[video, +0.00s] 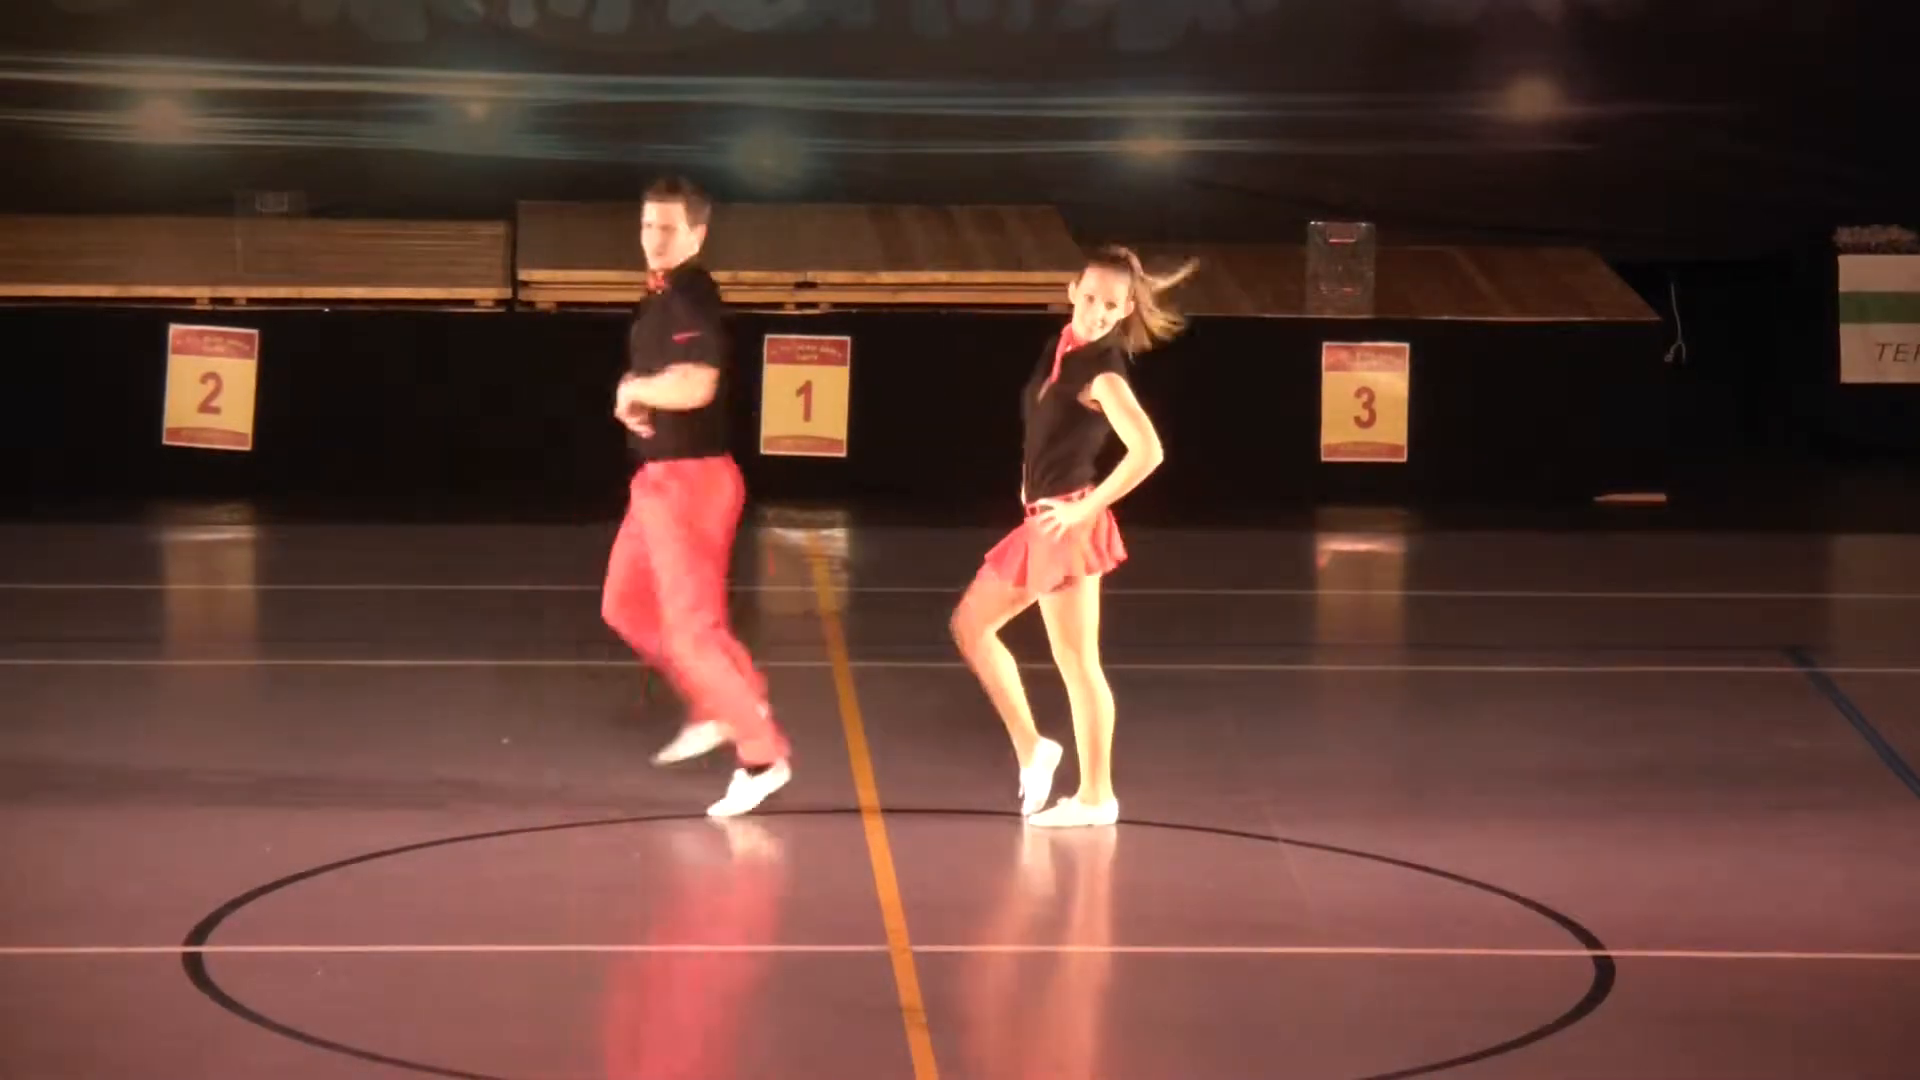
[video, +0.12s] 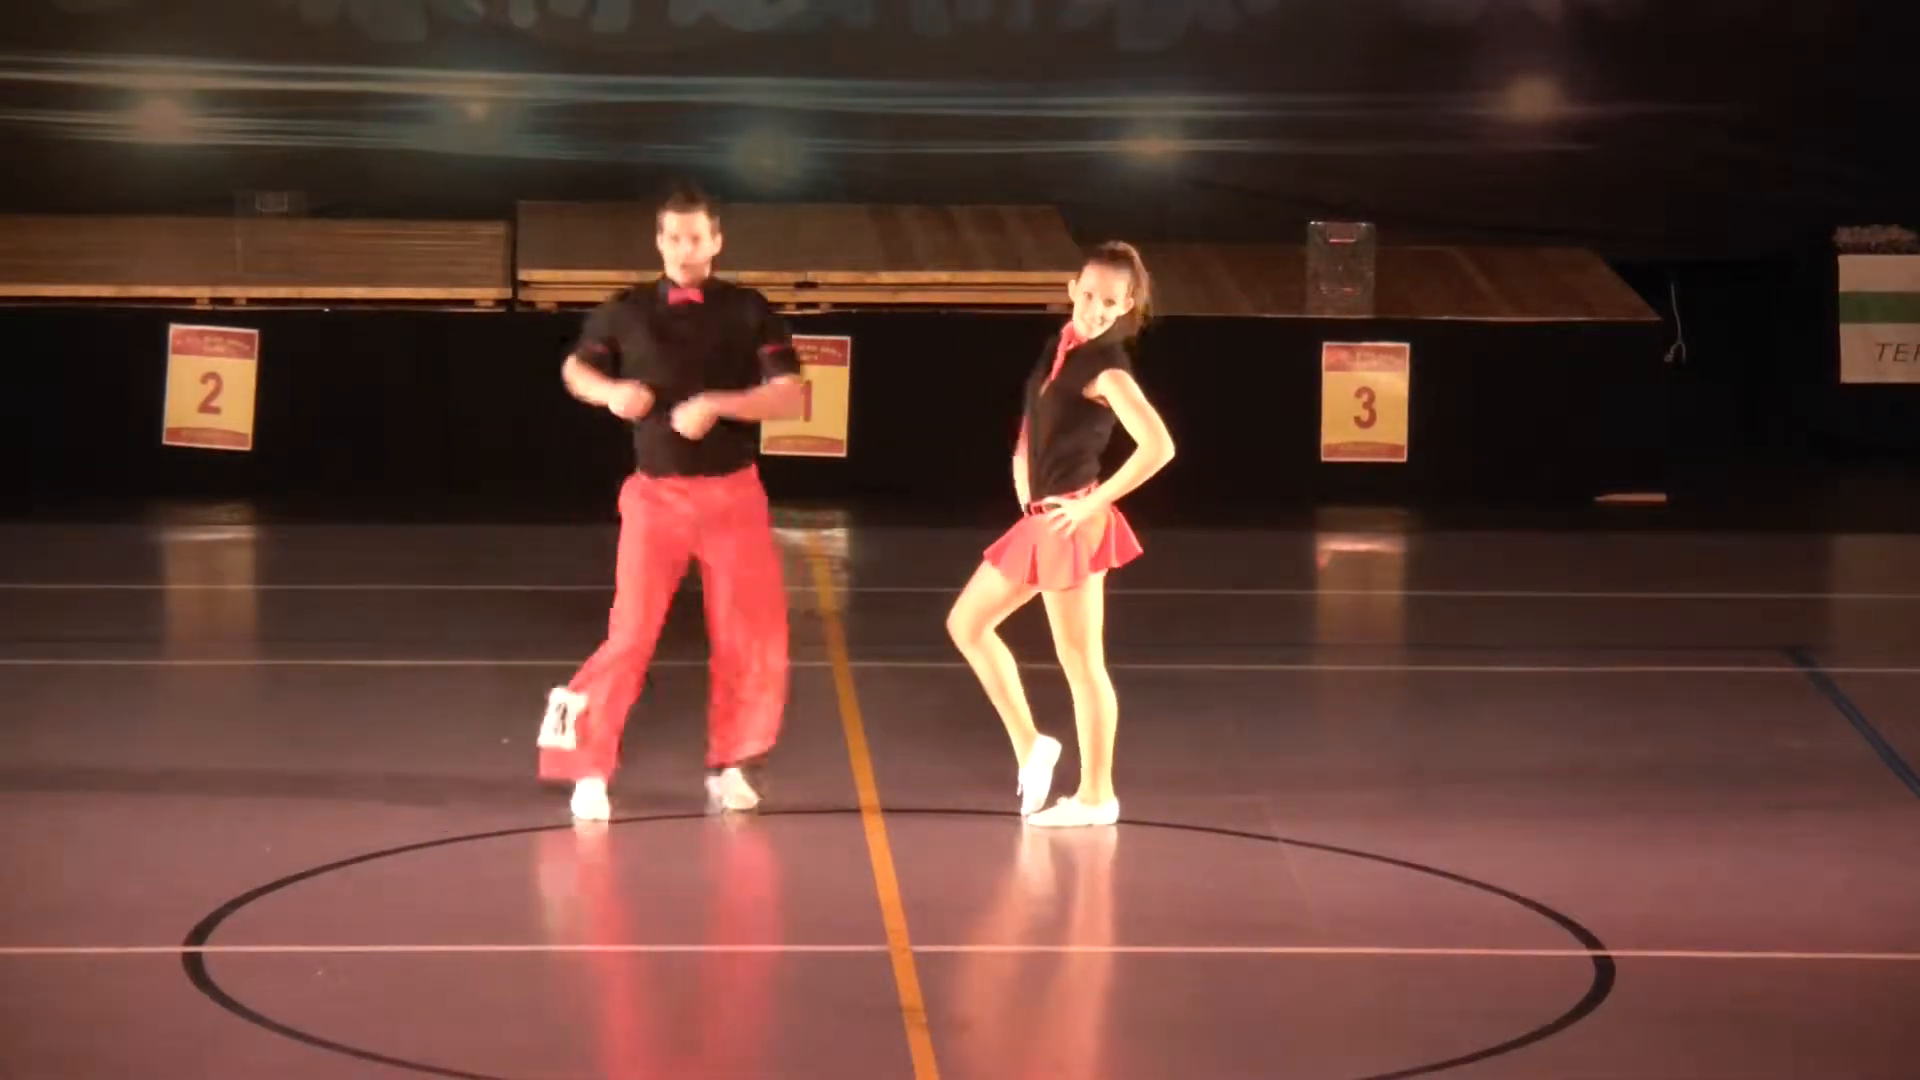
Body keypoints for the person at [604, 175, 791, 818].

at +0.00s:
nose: (655, 238)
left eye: (669, 227)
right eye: (649, 226)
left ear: (698, 230)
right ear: (641, 228)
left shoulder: (693, 294)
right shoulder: (659, 299)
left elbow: (698, 384)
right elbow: (663, 377)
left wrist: (631, 389)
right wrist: (635, 404)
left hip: (693, 481)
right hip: (659, 479)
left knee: (692, 625)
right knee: (626, 605)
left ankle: (765, 757)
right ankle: (711, 709)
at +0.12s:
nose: (685, 249)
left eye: (696, 237)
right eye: (674, 237)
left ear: (718, 239)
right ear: (657, 241)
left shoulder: (749, 311)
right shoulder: (625, 313)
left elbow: (791, 396)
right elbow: (575, 369)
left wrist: (718, 404)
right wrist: (610, 391)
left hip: (735, 497)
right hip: (655, 498)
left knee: (748, 633)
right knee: (632, 635)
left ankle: (727, 768)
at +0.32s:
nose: (712, 241)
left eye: (722, 228)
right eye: (701, 229)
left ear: (740, 231)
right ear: (682, 232)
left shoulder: (750, 293)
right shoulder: (660, 295)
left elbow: (780, 379)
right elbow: (621, 391)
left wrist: (789, 353)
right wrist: (678, 345)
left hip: (726, 476)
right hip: (662, 473)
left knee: (721, 615)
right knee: (667, 611)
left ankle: (711, 750)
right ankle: (639, 756)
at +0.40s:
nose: (711, 242)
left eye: (721, 230)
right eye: (701, 230)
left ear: (739, 234)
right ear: (683, 233)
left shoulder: (746, 293)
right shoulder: (661, 301)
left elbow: (770, 374)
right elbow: (632, 401)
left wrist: (782, 352)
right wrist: (663, 374)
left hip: (723, 474)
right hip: (665, 471)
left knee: (694, 599)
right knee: (728, 598)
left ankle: (631, 719)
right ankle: (708, 743)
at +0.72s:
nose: (738, 243)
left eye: (741, 232)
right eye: (726, 231)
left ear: (738, 236)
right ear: (690, 236)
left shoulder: (734, 292)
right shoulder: (664, 305)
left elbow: (768, 354)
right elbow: (637, 404)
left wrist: (830, 360)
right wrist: (697, 376)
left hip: (735, 470)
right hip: (692, 473)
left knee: (706, 590)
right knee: (750, 595)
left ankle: (641, 699)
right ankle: (770, 748)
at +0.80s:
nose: (746, 224)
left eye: (745, 213)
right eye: (735, 213)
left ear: (716, 222)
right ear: (696, 219)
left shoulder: (728, 283)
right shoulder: (670, 289)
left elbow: (780, 338)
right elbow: (633, 385)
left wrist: (853, 352)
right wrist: (705, 342)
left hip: (736, 451)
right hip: (688, 458)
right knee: (728, 572)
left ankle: (713, 640)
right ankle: (731, 736)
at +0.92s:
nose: (738, 239)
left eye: (737, 228)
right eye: (727, 229)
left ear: (710, 237)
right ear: (690, 237)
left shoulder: (722, 296)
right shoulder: (673, 307)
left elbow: (789, 344)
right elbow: (660, 389)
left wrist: (872, 363)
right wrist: (691, 416)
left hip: (732, 455)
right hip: (684, 481)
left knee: (824, 473)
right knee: (706, 607)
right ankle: (674, 767)